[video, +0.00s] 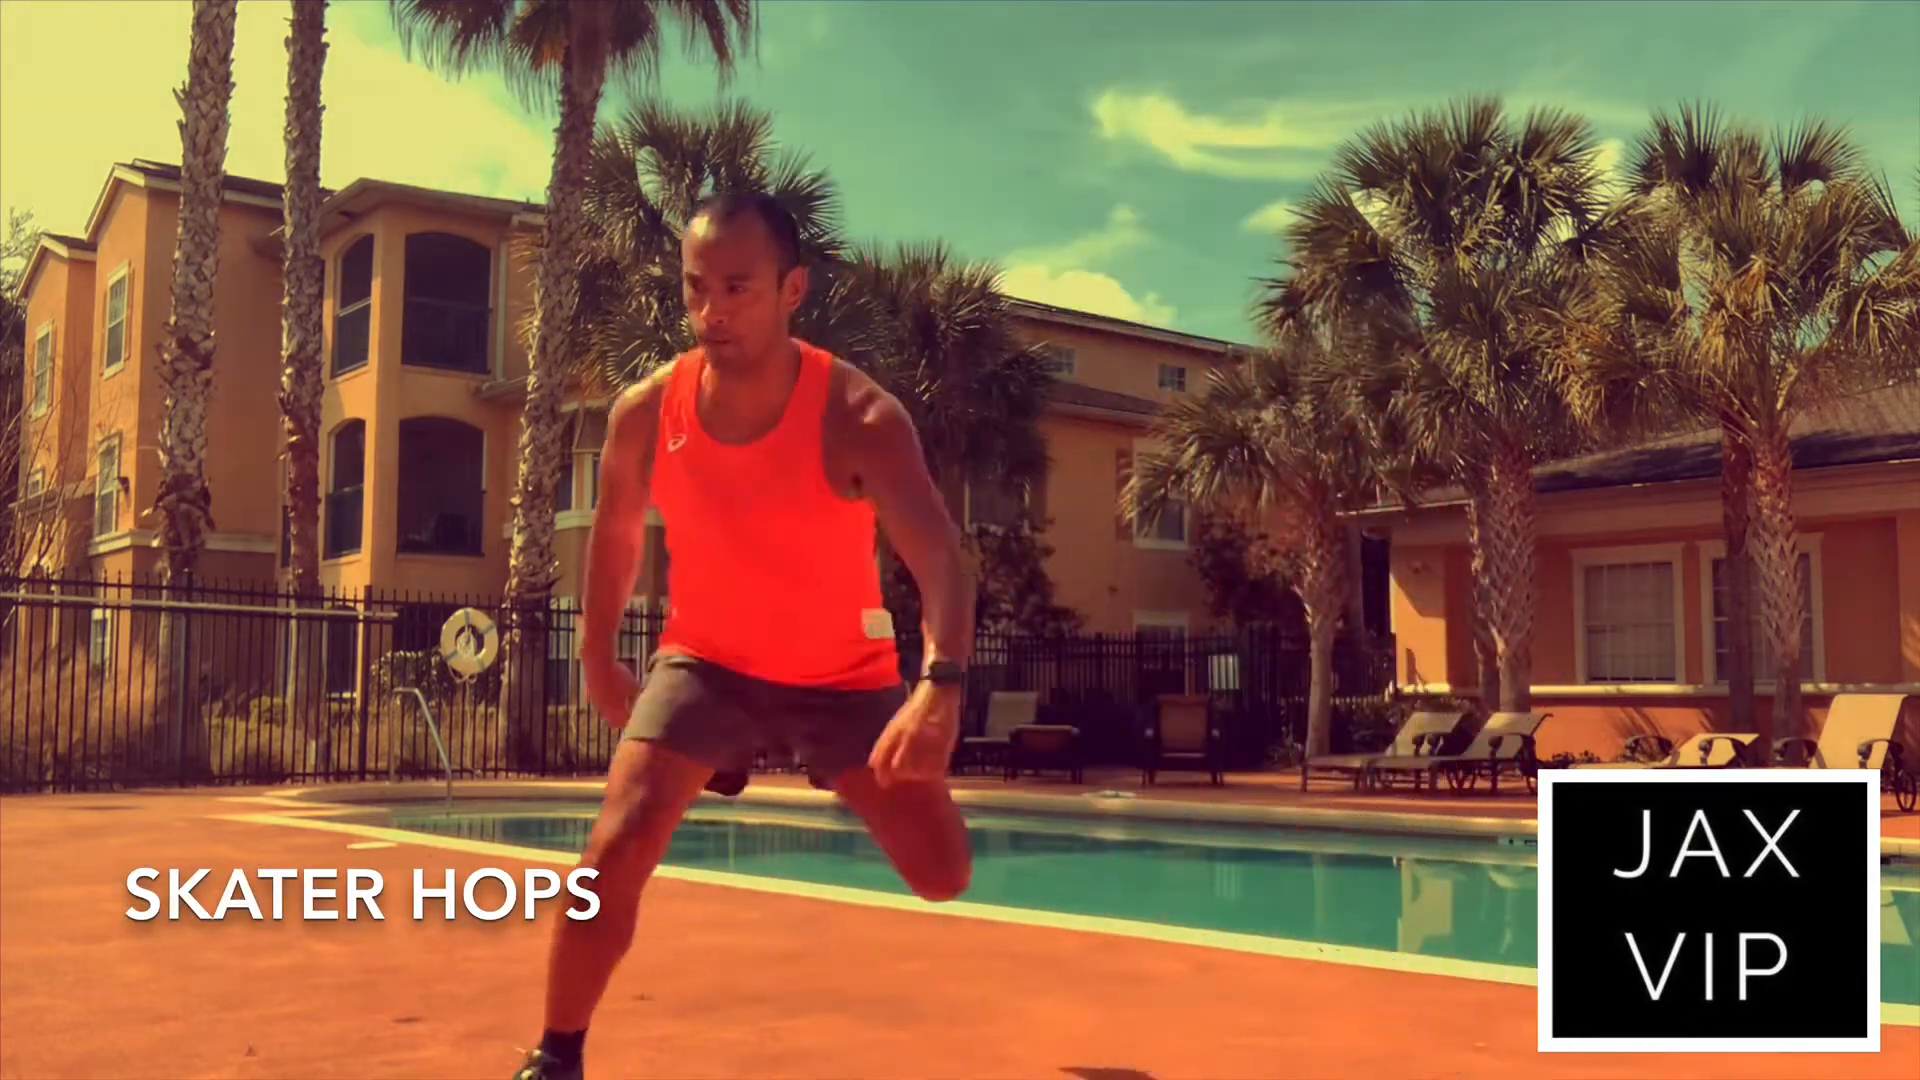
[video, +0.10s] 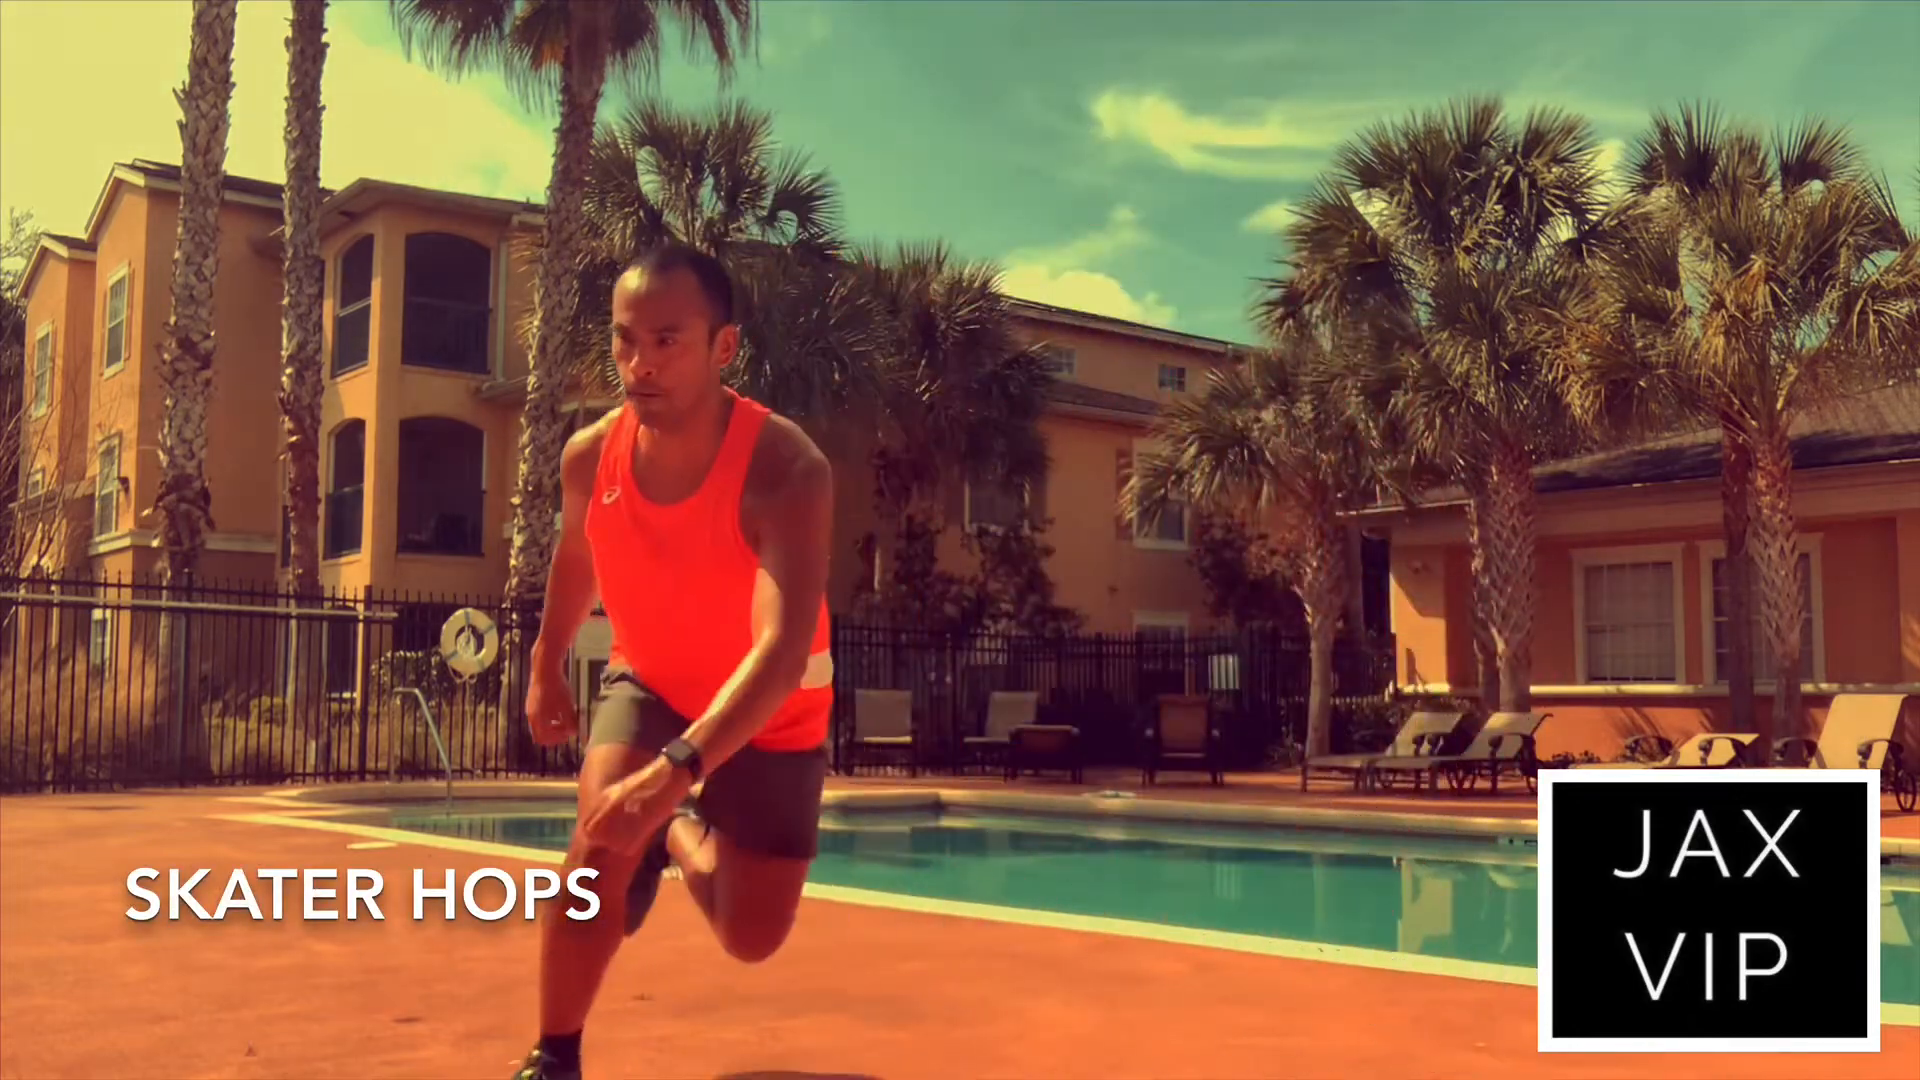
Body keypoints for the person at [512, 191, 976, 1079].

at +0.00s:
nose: (711, 314)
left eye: (736, 290)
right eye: (697, 290)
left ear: (793, 289)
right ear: (683, 289)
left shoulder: (860, 416)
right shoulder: (648, 411)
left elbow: (941, 563)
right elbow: (616, 532)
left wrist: (940, 685)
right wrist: (597, 655)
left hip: (846, 675)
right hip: (703, 666)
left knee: (942, 876)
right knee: (619, 837)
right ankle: (556, 1056)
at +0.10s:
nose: (640, 365)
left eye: (666, 342)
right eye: (627, 342)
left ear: (724, 346)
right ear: (612, 345)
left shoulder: (785, 469)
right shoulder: (592, 457)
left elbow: (784, 651)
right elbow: (575, 562)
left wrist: (672, 778)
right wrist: (546, 666)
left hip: (770, 707)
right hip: (649, 682)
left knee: (754, 936)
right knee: (603, 847)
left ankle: (665, 828)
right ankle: (554, 1057)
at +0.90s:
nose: (1061, 177)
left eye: (1085, 158)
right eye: (1044, 153)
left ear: (1117, 175)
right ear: (1008, 164)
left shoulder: (1163, 293)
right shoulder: (942, 290)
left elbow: (1267, 366)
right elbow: (845, 386)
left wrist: (1279, 498)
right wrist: (771, 501)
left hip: (1103, 595)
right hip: (950, 592)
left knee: (1237, 788)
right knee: (814, 775)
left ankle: (1370, 995)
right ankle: (745, 954)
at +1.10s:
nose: (1275, 284)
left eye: (1297, 263)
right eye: (1253, 262)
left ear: (1322, 277)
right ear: (1210, 274)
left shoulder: (1361, 390)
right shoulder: (1149, 421)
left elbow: (1397, 494)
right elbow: (1075, 585)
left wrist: (1418, 611)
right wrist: (1073, 741)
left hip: (1319, 658)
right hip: (1184, 678)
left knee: (1398, 843)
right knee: (1160, 919)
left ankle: (1427, 1060)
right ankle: (1253, 911)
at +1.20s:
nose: (1342, 331)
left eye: (1363, 309)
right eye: (1319, 309)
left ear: (1387, 324)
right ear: (1274, 322)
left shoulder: (1411, 426)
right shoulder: (1225, 470)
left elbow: (1436, 507)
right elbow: (1199, 651)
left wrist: (1469, 610)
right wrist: (1278, 787)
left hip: (1368, 683)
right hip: (1249, 729)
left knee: (1434, 844)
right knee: (1315, 963)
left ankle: (1431, 1065)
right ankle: (1448, 942)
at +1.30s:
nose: (1385, 386)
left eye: (1405, 365)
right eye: (1362, 363)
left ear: (1430, 378)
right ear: (1317, 377)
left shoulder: (1439, 471)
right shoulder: (1277, 512)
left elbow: (1463, 530)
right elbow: (1318, 693)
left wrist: (1507, 612)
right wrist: (1474, 768)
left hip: (1417, 716)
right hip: (1307, 774)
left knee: (1446, 848)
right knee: (1438, 974)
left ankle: (1433, 1062)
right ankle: (1585, 991)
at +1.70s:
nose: (1303, 284)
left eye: (1329, 266)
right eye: (1284, 264)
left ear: (1366, 292)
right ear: (1252, 285)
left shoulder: (1397, 430)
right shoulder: (1190, 427)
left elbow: (1451, 585)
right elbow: (1158, 618)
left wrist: (1499, 723)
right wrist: (1199, 778)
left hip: (1367, 662)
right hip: (1250, 708)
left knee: (1419, 848)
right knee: (1353, 934)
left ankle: (1429, 1059)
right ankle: (1446, 915)